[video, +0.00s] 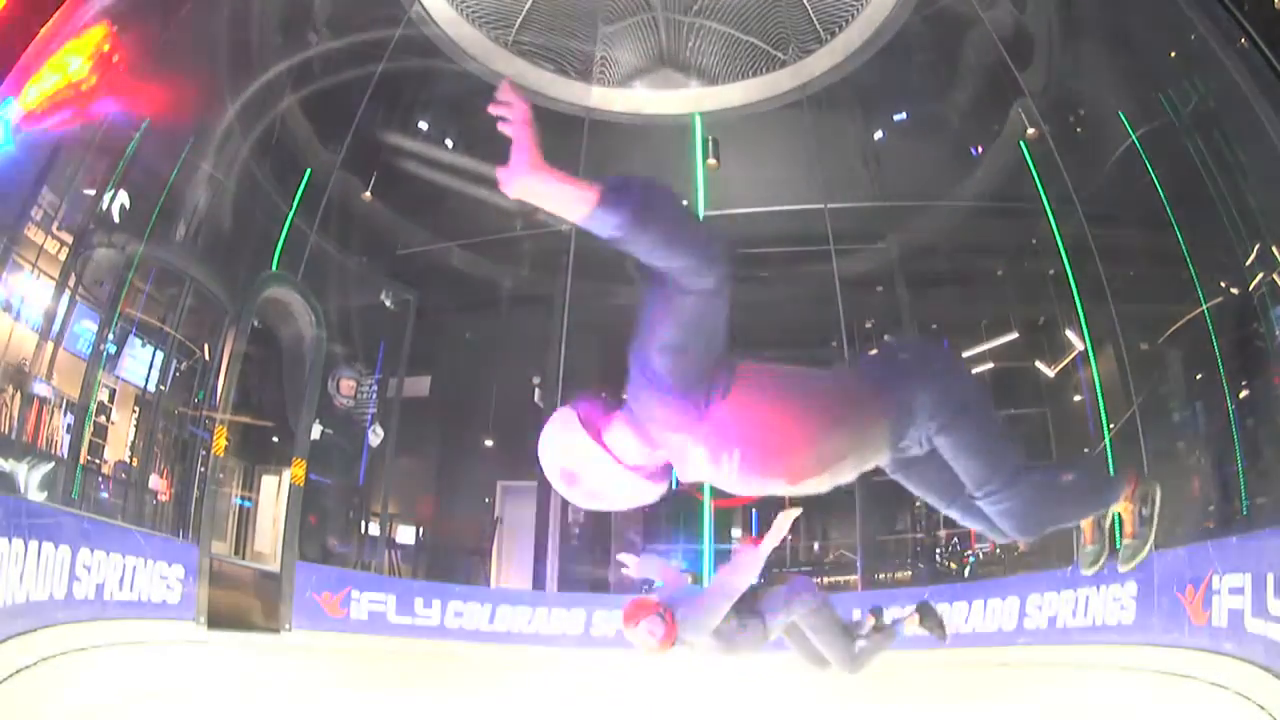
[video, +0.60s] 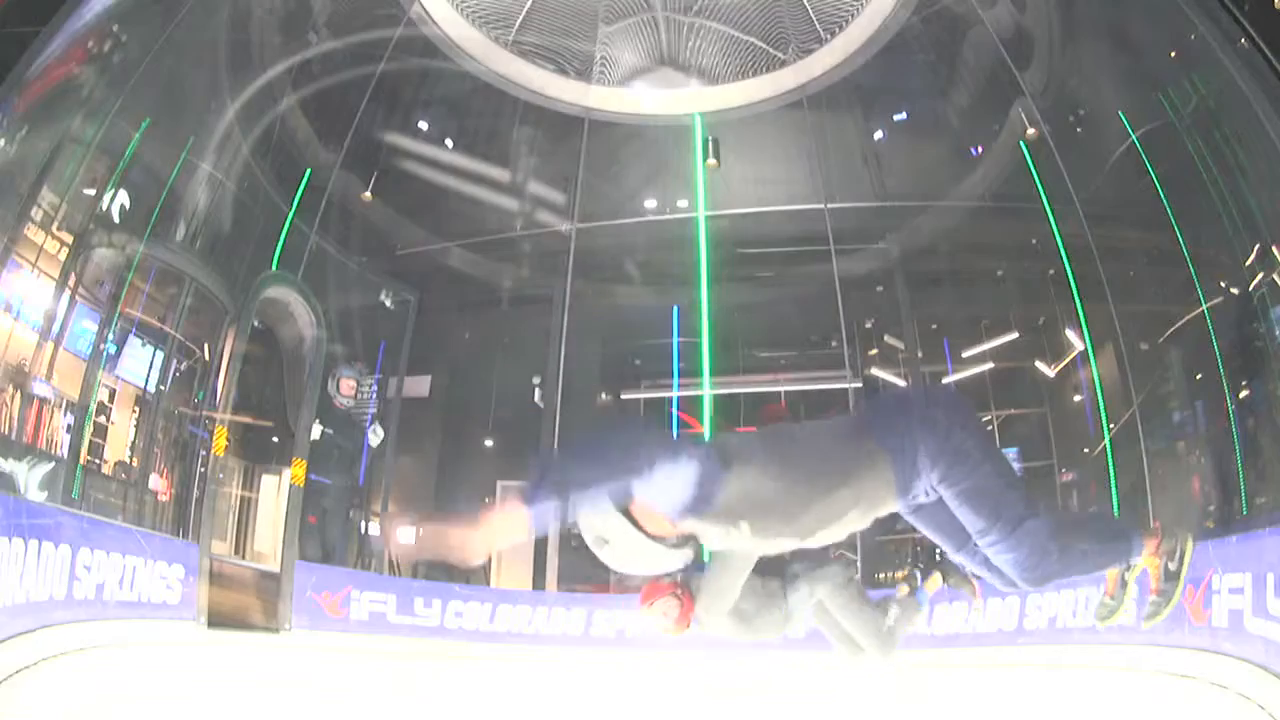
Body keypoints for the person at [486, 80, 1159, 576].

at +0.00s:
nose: (615, 486)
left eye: (597, 477)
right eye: (604, 485)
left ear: (597, 442)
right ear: (607, 450)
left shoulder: (665, 388)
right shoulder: (676, 461)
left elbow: (696, 265)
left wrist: (543, 183)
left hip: (917, 388)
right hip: (891, 450)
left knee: (1019, 500)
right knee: (998, 525)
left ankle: (1131, 483)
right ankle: (1097, 494)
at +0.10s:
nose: (622, 477)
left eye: (605, 474)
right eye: (611, 474)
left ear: (593, 445)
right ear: (604, 448)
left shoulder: (655, 378)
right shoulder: (674, 452)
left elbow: (691, 254)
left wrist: (535, 195)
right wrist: (783, 486)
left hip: (909, 386)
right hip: (886, 445)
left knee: (1011, 507)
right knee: (981, 525)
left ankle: (1140, 491)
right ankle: (1100, 510)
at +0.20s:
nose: (618, 477)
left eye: (600, 471)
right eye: (605, 478)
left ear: (588, 437)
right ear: (603, 448)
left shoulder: (650, 371)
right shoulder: (663, 446)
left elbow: (703, 254)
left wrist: (569, 202)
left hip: (904, 390)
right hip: (881, 449)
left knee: (1007, 514)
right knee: (978, 534)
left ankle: (1128, 514)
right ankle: (1086, 527)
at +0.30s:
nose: (623, 473)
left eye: (607, 466)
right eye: (614, 474)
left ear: (599, 439)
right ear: (613, 460)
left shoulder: (650, 390)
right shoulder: (680, 464)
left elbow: (709, 269)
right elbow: (739, 539)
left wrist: (569, 236)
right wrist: (687, 619)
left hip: (904, 404)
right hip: (880, 458)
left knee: (1002, 524)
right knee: (981, 544)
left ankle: (1132, 523)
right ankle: (1094, 541)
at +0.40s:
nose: (618, 480)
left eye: (601, 480)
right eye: (607, 480)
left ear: (595, 460)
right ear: (615, 472)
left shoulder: (655, 415)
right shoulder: (679, 478)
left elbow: (706, 301)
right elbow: (741, 536)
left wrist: (555, 306)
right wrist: (694, 613)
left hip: (904, 413)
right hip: (883, 472)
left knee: (1010, 531)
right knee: (986, 553)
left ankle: (1135, 535)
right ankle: (1094, 536)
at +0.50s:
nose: (633, 521)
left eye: (618, 509)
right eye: (622, 517)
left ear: (617, 478)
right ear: (625, 499)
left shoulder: (668, 446)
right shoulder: (702, 499)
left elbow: (665, 359)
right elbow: (736, 554)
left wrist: (507, 410)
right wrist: (693, 607)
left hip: (911, 426)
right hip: (890, 477)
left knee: (1024, 542)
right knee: (1010, 567)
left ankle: (1150, 533)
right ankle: (1128, 532)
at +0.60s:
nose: (650, 552)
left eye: (635, 542)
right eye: (639, 546)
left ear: (640, 512)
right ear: (648, 535)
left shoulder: (694, 483)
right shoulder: (733, 542)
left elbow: (614, 458)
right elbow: (738, 598)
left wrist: (489, 525)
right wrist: (697, 613)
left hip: (922, 432)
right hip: (899, 485)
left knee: (1030, 546)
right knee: (1006, 563)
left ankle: (1144, 548)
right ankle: (1116, 557)